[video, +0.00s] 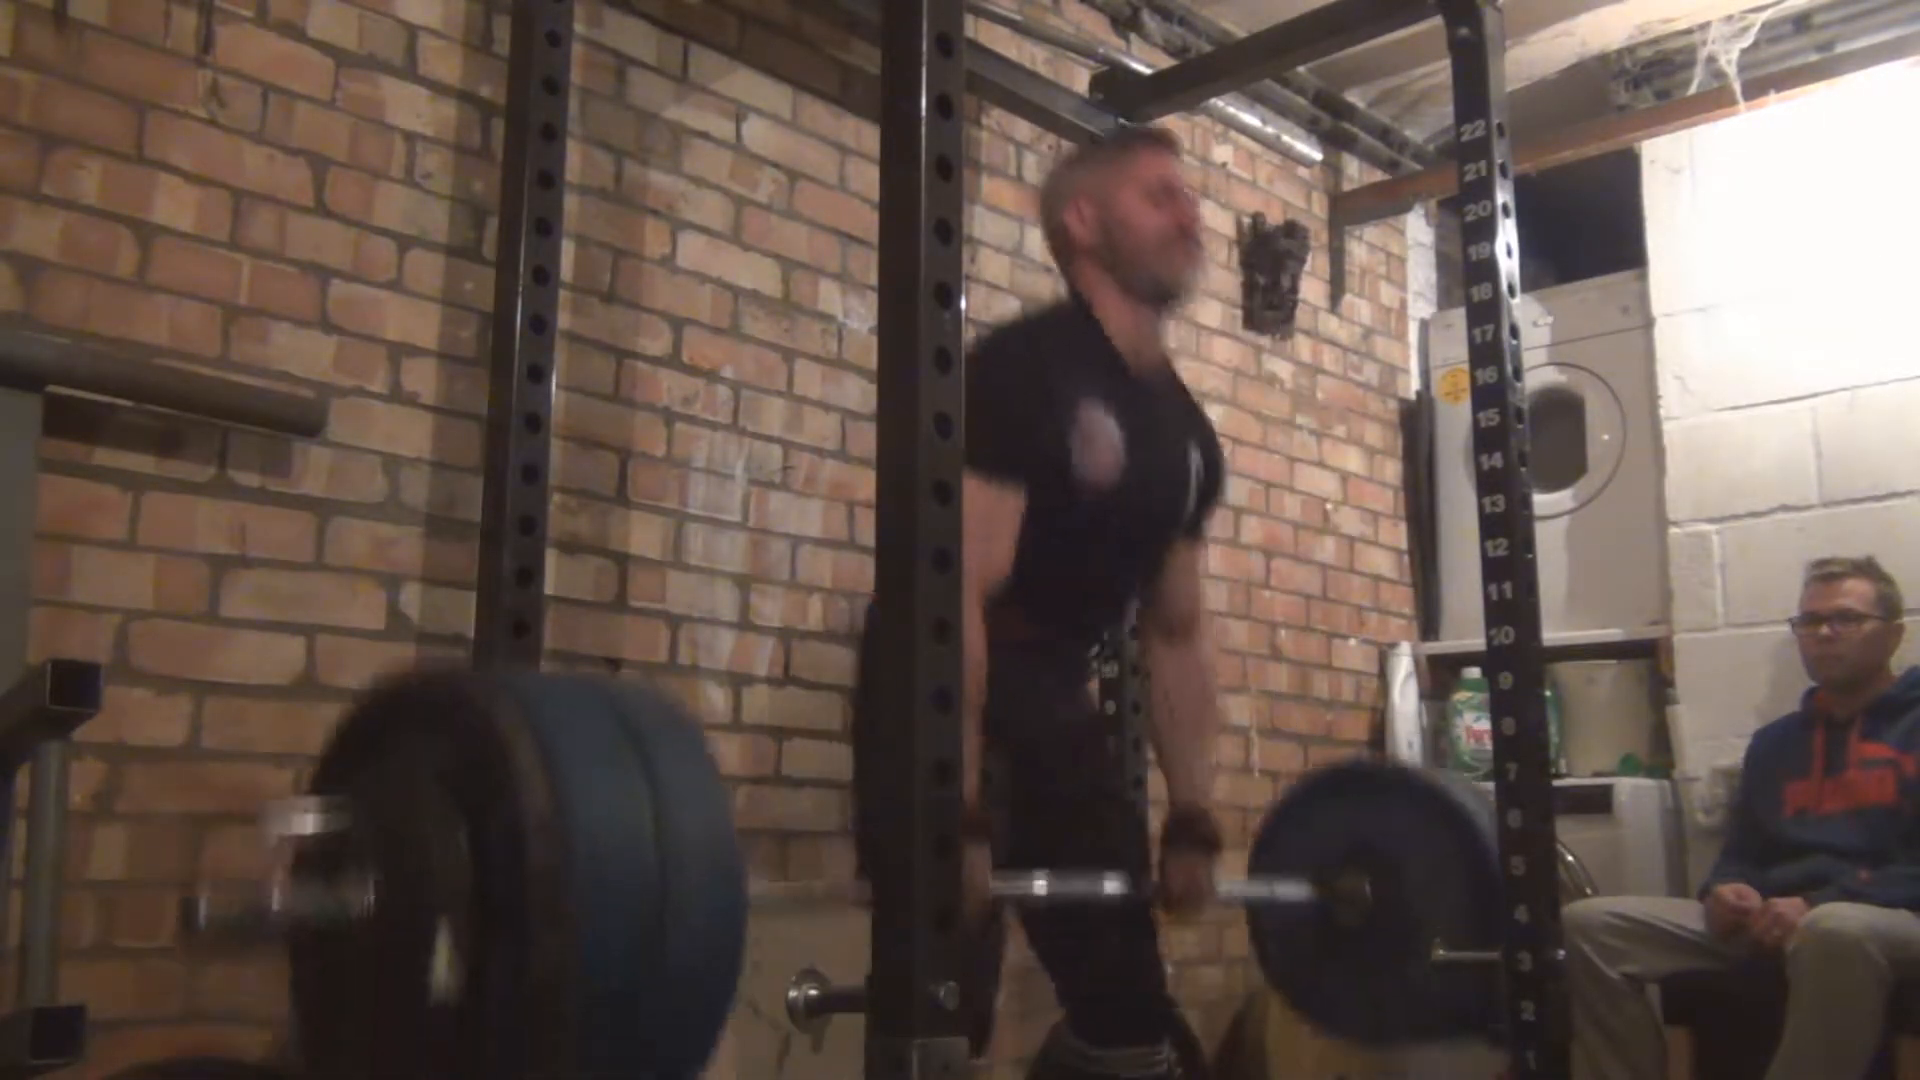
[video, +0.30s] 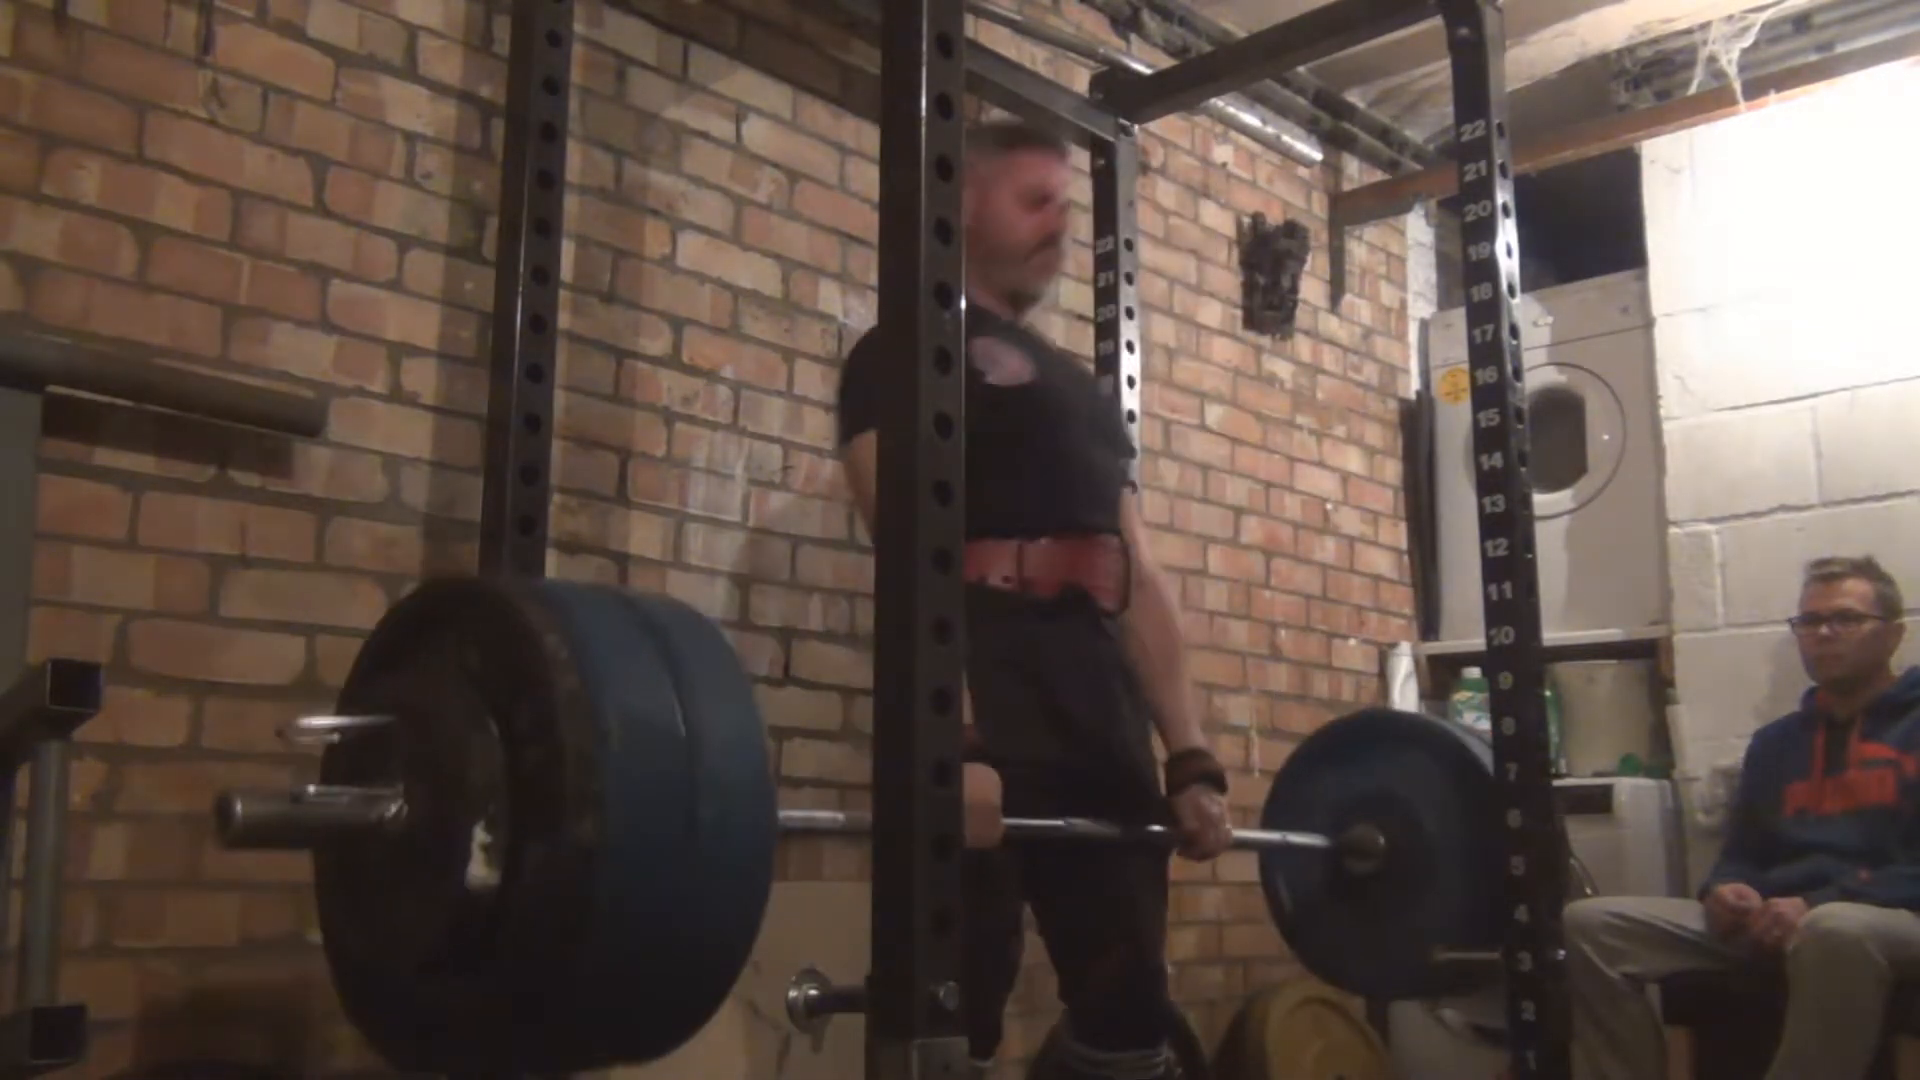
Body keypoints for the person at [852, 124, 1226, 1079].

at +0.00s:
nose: (1191, 216)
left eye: (1188, 197)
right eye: (1161, 196)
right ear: (1083, 224)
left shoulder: (1186, 432)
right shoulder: (1018, 370)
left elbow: (1178, 630)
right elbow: (956, 597)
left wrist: (1191, 812)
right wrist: (958, 815)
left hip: (1056, 697)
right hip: (942, 687)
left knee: (1123, 1004)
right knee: (942, 1014)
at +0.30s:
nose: (1061, 225)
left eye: (1066, 206)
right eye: (1037, 202)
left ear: (1064, 218)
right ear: (961, 207)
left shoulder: (1080, 384)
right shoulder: (900, 353)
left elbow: (1136, 581)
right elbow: (909, 559)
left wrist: (1190, 755)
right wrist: (956, 745)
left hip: (1089, 698)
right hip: (968, 703)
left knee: (1124, 1007)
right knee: (955, 1011)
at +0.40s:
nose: (1038, 252)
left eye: (1045, 233)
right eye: (1013, 229)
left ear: (1050, 243)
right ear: (947, 239)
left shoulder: (1076, 408)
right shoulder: (884, 377)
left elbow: (1131, 589)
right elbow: (911, 572)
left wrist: (1186, 761)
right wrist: (955, 752)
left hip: (1101, 718)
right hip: (972, 721)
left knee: (1130, 1018)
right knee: (958, 1020)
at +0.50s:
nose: (1036, 259)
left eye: (1044, 240)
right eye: (1013, 235)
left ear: (1046, 253)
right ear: (946, 243)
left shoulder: (1074, 416)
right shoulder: (881, 383)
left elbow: (1130, 594)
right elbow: (909, 576)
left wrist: (1186, 767)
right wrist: (956, 756)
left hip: (1102, 747)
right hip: (970, 750)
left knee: (1134, 1024)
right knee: (959, 1031)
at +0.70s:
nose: (1059, 240)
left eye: (1062, 221)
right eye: (1034, 218)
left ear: (1055, 235)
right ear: (958, 227)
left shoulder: (1075, 403)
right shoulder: (892, 373)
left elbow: (1133, 590)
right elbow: (908, 577)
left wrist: (1184, 766)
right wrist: (950, 759)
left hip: (1096, 706)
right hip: (970, 712)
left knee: (1132, 1012)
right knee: (961, 1017)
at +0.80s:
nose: (1098, 217)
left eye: (1100, 198)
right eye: (1072, 192)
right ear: (991, 203)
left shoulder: (1093, 383)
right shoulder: (937, 343)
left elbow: (1140, 589)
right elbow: (916, 567)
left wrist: (1190, 767)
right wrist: (951, 766)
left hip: (1089, 715)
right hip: (972, 721)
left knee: (1134, 1015)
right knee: (962, 1022)